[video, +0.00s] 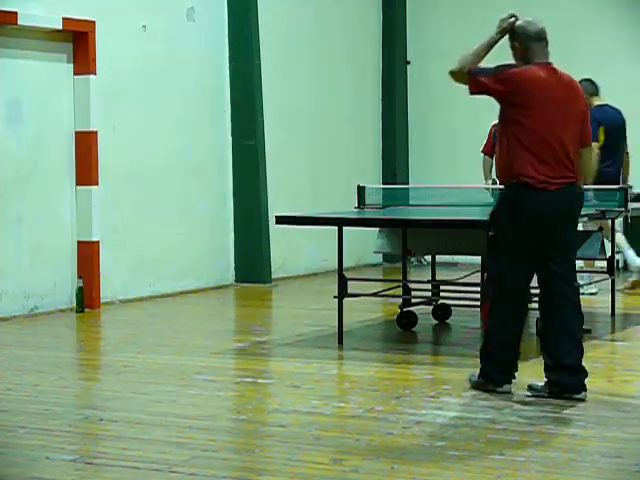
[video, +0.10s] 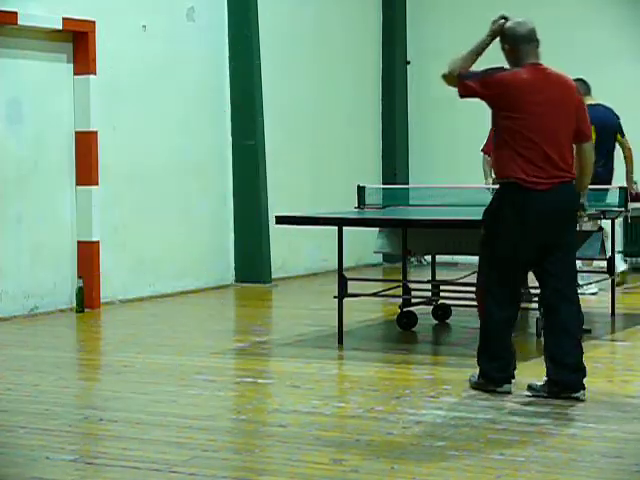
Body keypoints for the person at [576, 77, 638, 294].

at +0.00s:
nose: (578, 100)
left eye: (579, 96)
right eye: (579, 95)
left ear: (584, 95)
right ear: (597, 93)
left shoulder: (592, 115)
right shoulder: (617, 113)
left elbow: (593, 152)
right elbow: (624, 151)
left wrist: (585, 181)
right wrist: (624, 179)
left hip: (596, 183)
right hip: (615, 182)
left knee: (587, 226)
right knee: (609, 223)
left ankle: (586, 277)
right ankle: (631, 258)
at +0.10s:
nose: (572, 97)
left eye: (572, 93)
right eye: (573, 92)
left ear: (577, 93)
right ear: (590, 91)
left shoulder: (575, 114)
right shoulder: (608, 113)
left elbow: (568, 150)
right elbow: (626, 149)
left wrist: (566, 175)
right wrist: (630, 180)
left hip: (578, 182)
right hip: (603, 183)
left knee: (578, 228)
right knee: (597, 224)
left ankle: (584, 279)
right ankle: (616, 260)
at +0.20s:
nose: (566, 99)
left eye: (566, 95)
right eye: (567, 94)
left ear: (571, 93)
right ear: (583, 91)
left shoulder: (569, 114)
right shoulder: (603, 113)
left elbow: (565, 150)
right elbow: (624, 147)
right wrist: (628, 177)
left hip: (573, 181)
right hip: (597, 181)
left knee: (576, 228)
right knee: (589, 226)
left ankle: (585, 279)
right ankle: (595, 272)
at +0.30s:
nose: (561, 98)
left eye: (562, 94)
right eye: (563, 93)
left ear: (567, 93)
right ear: (578, 91)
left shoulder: (564, 114)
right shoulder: (598, 113)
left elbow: (562, 150)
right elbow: (617, 148)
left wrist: (559, 172)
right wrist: (616, 171)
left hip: (569, 179)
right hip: (593, 179)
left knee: (570, 228)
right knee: (587, 226)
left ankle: (582, 276)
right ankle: (585, 275)